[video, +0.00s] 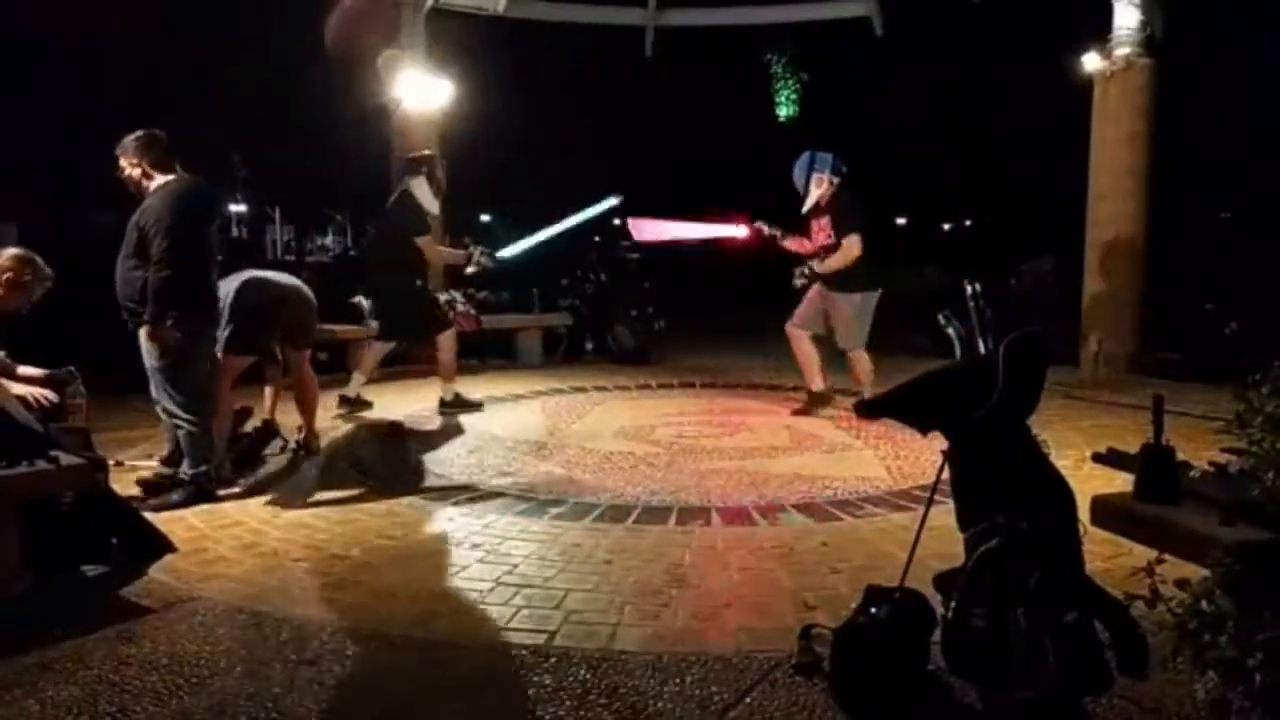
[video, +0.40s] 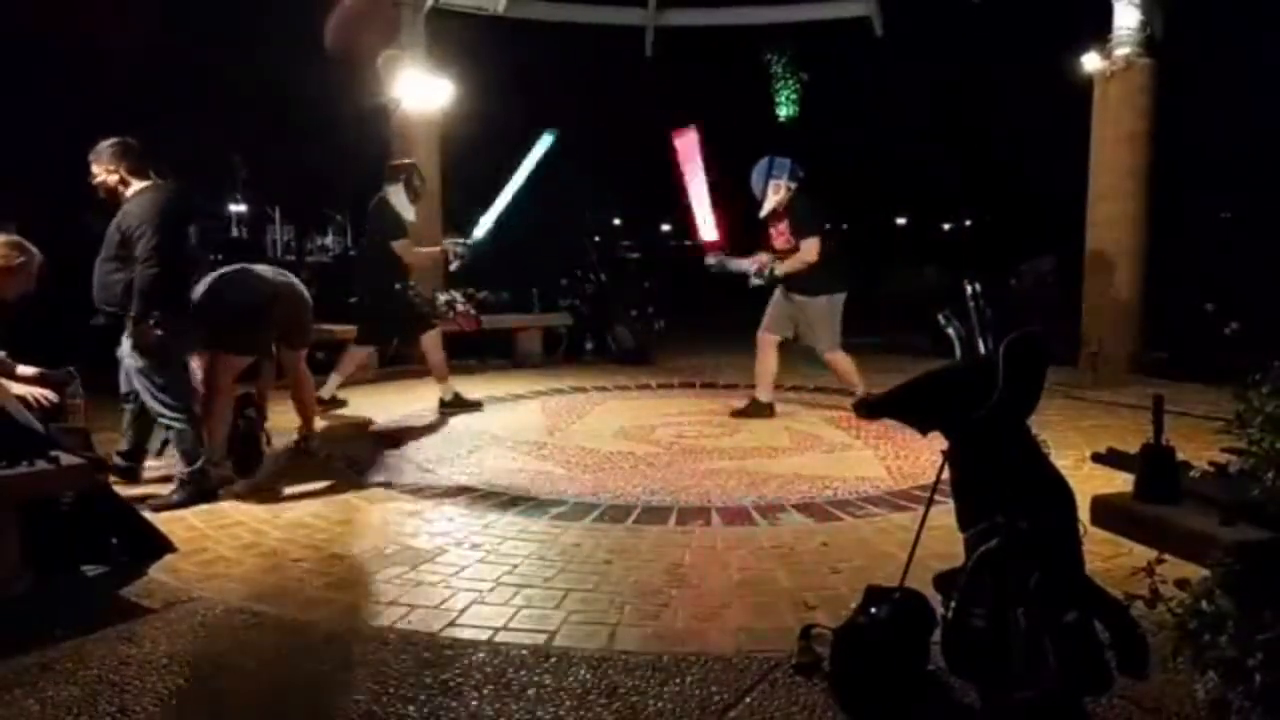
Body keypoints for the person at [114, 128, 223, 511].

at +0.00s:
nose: (124, 175)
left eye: (125, 166)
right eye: (122, 168)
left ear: (140, 164)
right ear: (158, 159)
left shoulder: (166, 203)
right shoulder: (186, 193)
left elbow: (165, 266)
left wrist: (154, 320)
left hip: (171, 318)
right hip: (181, 313)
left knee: (181, 400)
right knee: (167, 397)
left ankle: (198, 475)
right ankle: (177, 462)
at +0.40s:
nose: (97, 184)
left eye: (98, 175)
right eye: (95, 176)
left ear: (117, 171)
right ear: (125, 169)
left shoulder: (148, 207)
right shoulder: (148, 200)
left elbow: (150, 266)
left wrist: (140, 318)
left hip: (146, 319)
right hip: (132, 316)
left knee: (166, 402)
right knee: (134, 394)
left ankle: (196, 474)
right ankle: (128, 460)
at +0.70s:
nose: (57, 192)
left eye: (59, 184)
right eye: (54, 186)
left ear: (81, 175)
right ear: (81, 177)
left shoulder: (126, 202)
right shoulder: (99, 207)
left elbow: (149, 249)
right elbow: (101, 262)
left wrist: (133, 298)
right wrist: (83, 305)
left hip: (120, 317)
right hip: (93, 319)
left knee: (142, 395)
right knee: (103, 397)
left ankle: (180, 469)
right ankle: (115, 464)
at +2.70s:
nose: (73, 192)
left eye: (79, 185)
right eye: (69, 185)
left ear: (99, 177)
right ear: (66, 180)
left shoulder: (139, 205)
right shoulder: (75, 210)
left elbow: (168, 249)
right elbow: (70, 258)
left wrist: (119, 259)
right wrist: (63, 292)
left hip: (129, 321)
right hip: (87, 320)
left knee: (131, 400)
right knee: (100, 400)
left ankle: (141, 468)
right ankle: (111, 464)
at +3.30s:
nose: (27, 196)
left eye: (30, 187)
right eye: (24, 189)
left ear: (53, 177)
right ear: (40, 182)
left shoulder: (105, 206)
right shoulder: (39, 218)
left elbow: (139, 250)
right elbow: (32, 272)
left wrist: (130, 302)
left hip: (103, 324)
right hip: (60, 328)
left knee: (123, 400)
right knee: (59, 402)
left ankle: (141, 466)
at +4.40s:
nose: (2, 207)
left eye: (2, 200)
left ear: (10, 187)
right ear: (4, 193)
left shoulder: (66, 199)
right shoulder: (7, 231)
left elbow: (114, 225)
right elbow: (7, 282)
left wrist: (95, 266)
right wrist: (15, 310)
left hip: (89, 316)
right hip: (45, 325)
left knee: (105, 395)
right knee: (43, 401)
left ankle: (126, 471)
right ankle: (62, 473)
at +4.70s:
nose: (17, 195)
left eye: (17, 186)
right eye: (13, 189)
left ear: (35, 174)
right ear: (31, 179)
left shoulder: (90, 197)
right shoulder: (43, 213)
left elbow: (108, 233)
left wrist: (52, 244)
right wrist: (26, 272)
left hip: (104, 314)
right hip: (61, 317)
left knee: (113, 397)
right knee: (54, 393)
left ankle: (127, 471)